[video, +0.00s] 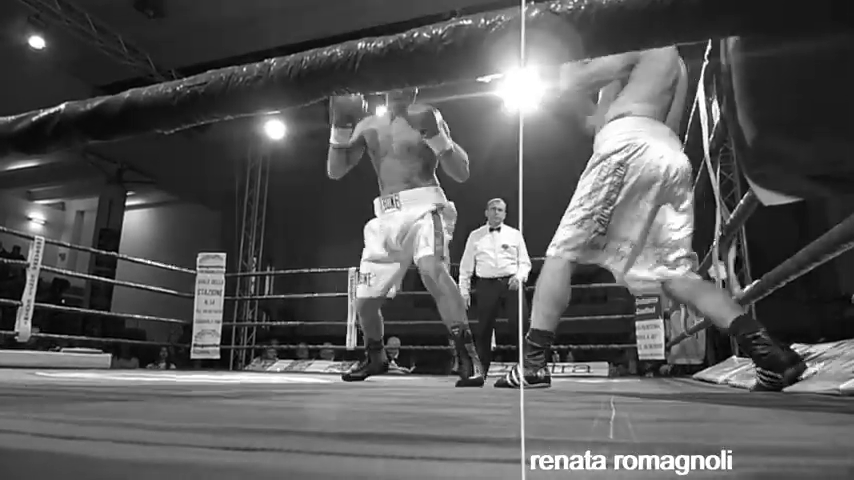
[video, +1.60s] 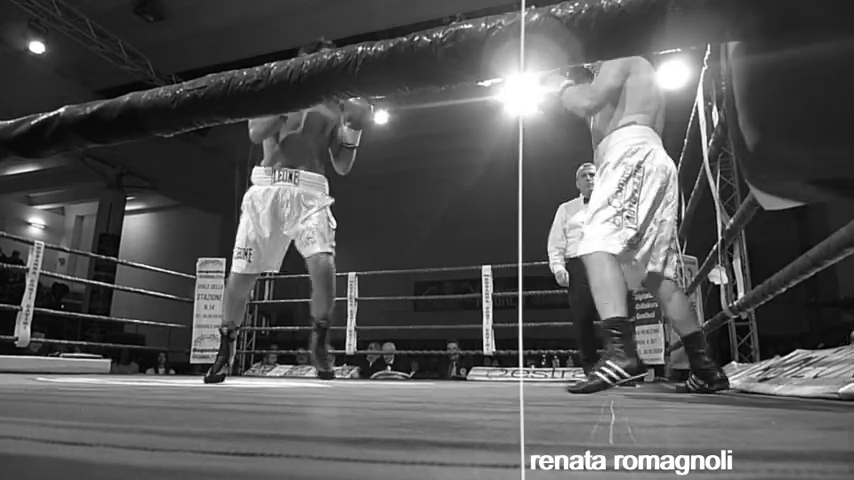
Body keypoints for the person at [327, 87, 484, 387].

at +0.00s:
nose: (399, 90)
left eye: (406, 83)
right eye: (392, 83)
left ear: (416, 88)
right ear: (380, 88)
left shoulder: (427, 117)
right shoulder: (368, 126)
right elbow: (336, 171)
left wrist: (436, 136)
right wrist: (340, 128)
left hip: (426, 207)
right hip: (387, 215)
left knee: (432, 269)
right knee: (366, 300)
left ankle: (467, 359)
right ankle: (376, 359)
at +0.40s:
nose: (370, 86)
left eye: (376, 81)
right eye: (362, 80)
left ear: (387, 87)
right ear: (350, 84)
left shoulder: (396, 122)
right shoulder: (333, 119)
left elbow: (413, 176)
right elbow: (311, 161)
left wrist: (413, 135)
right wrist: (334, 122)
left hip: (382, 207)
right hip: (342, 209)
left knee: (398, 267)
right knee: (329, 285)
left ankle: (418, 343)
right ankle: (327, 357)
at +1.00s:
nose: (357, 86)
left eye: (365, 81)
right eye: (350, 79)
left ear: (376, 87)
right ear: (338, 82)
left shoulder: (383, 122)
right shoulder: (316, 112)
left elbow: (401, 179)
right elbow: (289, 151)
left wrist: (406, 138)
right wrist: (315, 110)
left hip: (358, 207)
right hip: (316, 207)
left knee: (366, 268)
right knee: (289, 296)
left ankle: (372, 356)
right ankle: (315, 347)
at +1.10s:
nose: (375, 91)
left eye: (380, 85)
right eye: (369, 82)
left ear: (384, 91)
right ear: (350, 83)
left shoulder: (384, 125)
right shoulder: (319, 110)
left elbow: (402, 179)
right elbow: (283, 154)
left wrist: (409, 133)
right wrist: (311, 114)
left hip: (356, 210)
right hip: (311, 207)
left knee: (368, 268)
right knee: (272, 290)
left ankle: (371, 357)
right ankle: (299, 349)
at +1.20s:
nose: (356, 92)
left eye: (363, 87)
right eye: (349, 85)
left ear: (375, 96)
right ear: (336, 89)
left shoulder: (380, 134)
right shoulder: (312, 117)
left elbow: (400, 192)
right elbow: (283, 159)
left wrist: (404, 144)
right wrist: (314, 122)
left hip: (350, 223)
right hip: (301, 221)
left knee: (372, 269)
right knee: (254, 295)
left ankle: (372, 359)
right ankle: (256, 354)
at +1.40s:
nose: (346, 96)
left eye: (351, 91)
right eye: (340, 89)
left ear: (353, 97)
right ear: (323, 88)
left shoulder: (355, 133)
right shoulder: (286, 115)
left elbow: (369, 188)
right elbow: (281, 135)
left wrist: (378, 147)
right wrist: (322, 110)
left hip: (330, 216)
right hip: (284, 214)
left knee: (350, 275)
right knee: (237, 294)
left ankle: (366, 361)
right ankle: (233, 363)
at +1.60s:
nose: (316, 72)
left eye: (324, 65)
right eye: (311, 64)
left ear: (332, 70)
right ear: (298, 64)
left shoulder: (336, 109)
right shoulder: (273, 94)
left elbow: (342, 166)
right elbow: (255, 134)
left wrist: (353, 129)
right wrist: (286, 107)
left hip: (312, 192)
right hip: (267, 189)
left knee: (324, 267)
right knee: (242, 272)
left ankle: (320, 348)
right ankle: (225, 350)